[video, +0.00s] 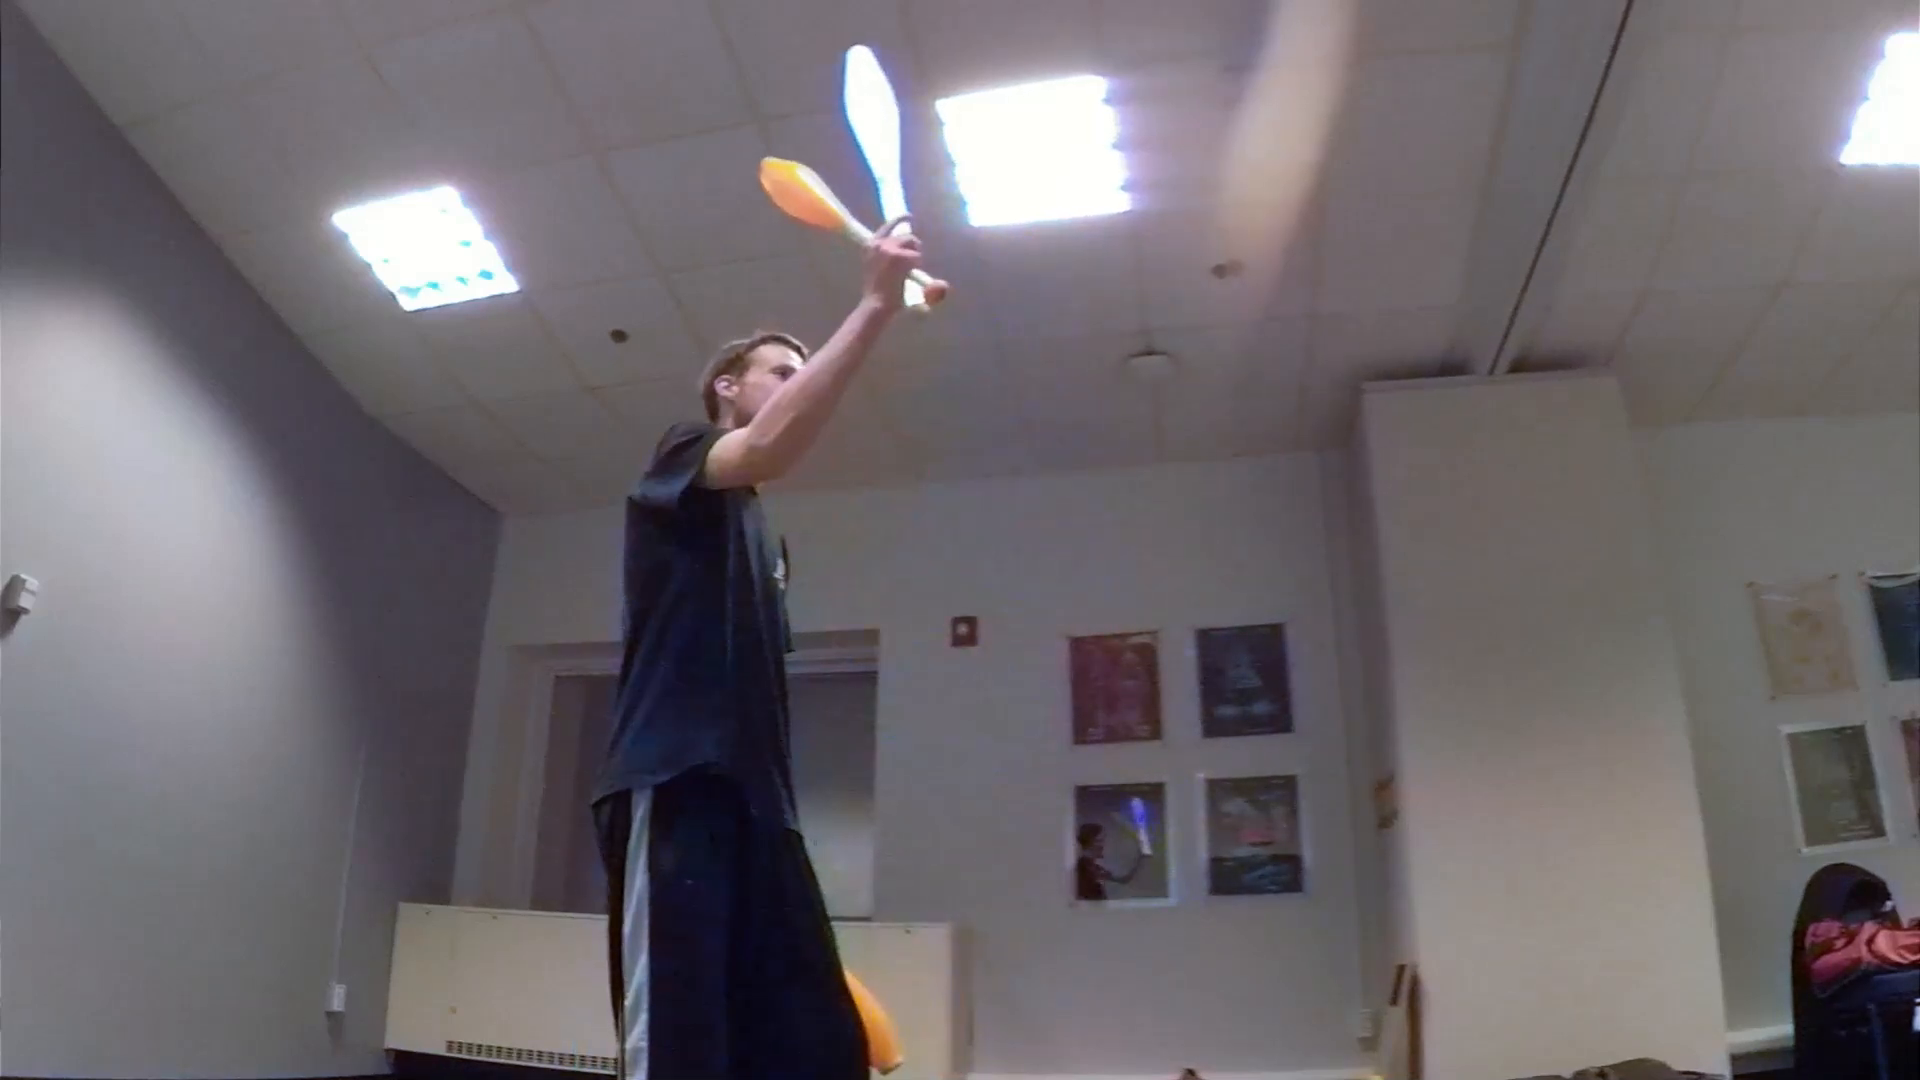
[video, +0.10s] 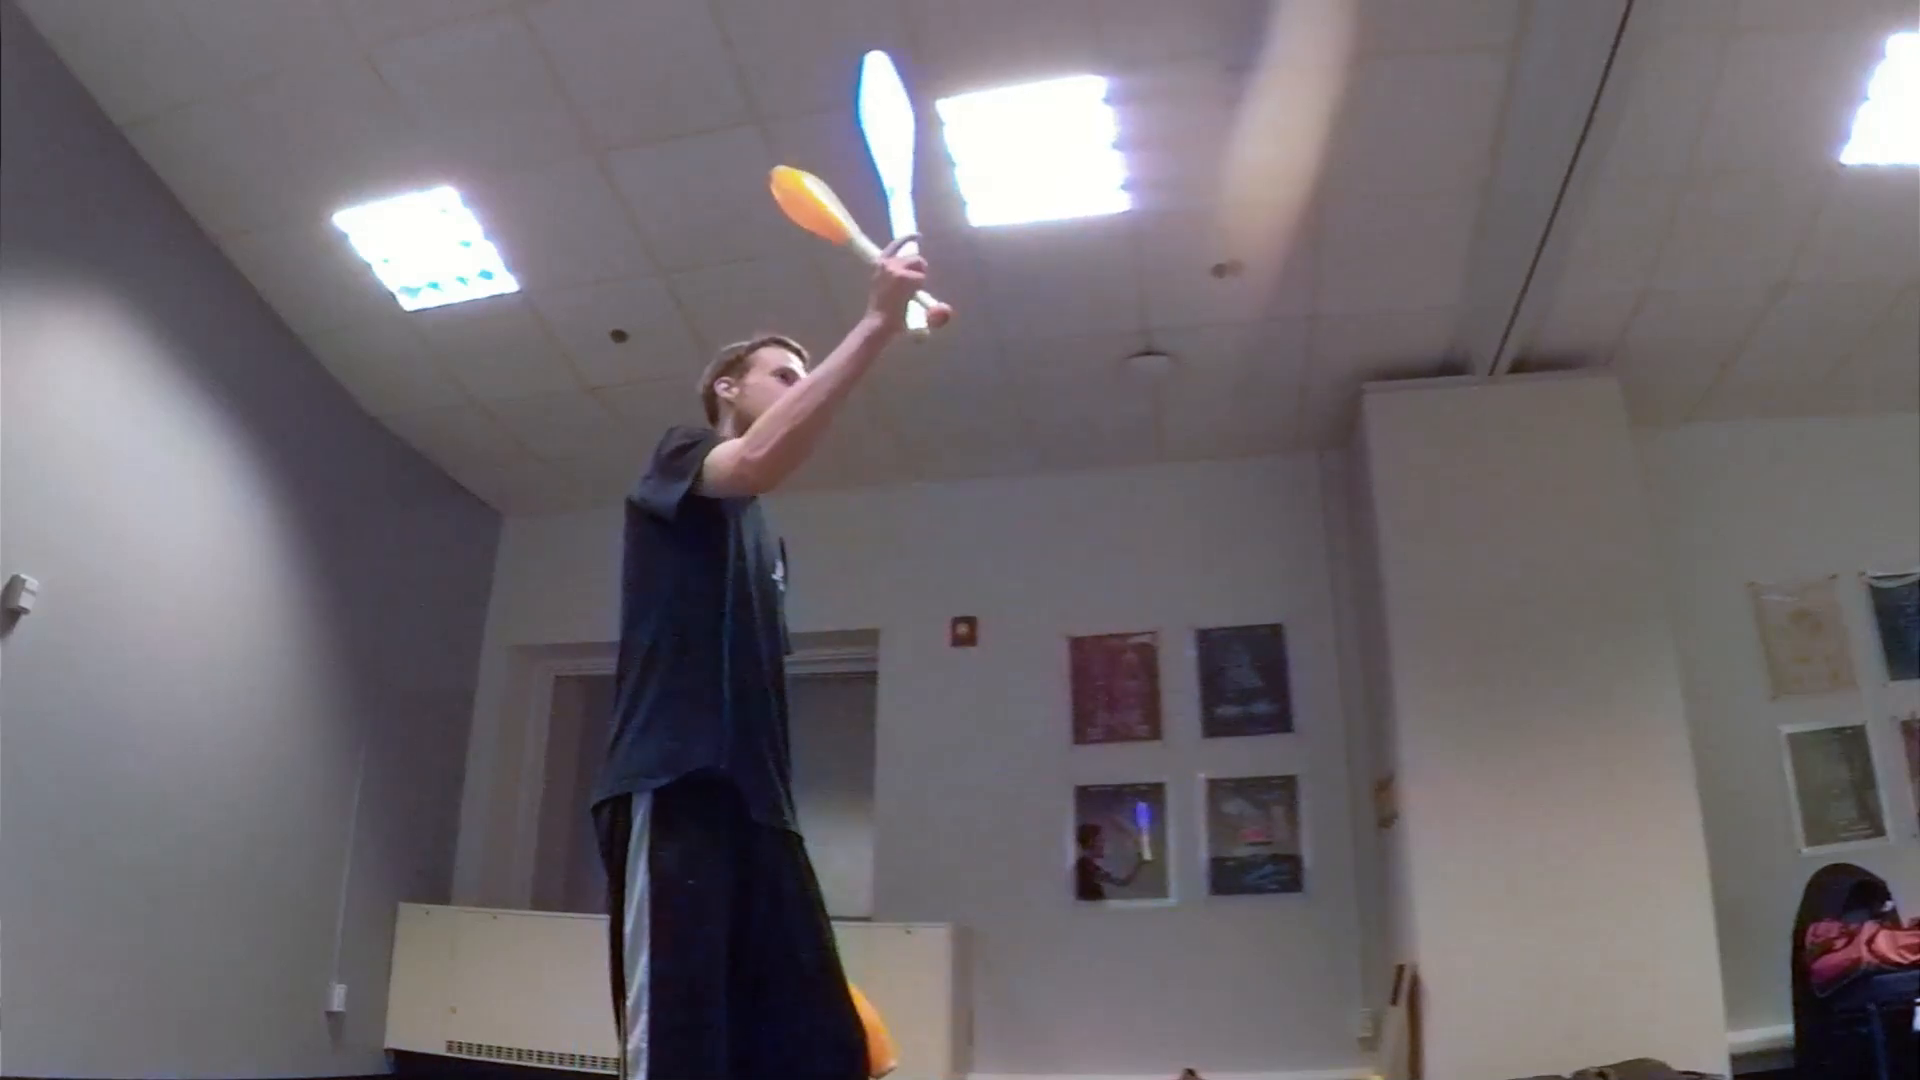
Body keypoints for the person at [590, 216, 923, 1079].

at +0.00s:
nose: (797, 392)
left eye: (803, 382)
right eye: (781, 374)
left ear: (776, 397)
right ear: (725, 389)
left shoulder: (755, 518)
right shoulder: (682, 457)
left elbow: (751, 667)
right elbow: (767, 447)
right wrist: (875, 303)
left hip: (753, 788)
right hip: (677, 778)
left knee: (813, 1021)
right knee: (679, 1015)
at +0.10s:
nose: (801, 389)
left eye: (806, 382)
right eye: (783, 372)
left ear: (800, 405)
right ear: (723, 385)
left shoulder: (761, 526)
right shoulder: (678, 458)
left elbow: (748, 665)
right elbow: (752, 464)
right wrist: (876, 322)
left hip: (755, 792)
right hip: (674, 782)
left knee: (815, 1027)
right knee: (680, 1023)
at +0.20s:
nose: (803, 395)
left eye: (809, 386)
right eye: (782, 376)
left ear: (810, 407)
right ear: (724, 389)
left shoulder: (764, 535)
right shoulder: (677, 458)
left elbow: (756, 666)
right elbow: (739, 478)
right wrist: (891, 356)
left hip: (757, 798)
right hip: (677, 788)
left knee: (813, 1025)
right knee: (677, 1021)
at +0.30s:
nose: (799, 397)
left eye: (804, 389)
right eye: (779, 378)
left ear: (801, 413)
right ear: (722, 390)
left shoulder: (758, 526)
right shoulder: (677, 458)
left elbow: (748, 659)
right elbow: (750, 477)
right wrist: (908, 383)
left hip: (756, 791)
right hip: (672, 784)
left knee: (816, 1029)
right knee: (674, 1023)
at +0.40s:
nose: (798, 397)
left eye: (802, 389)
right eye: (779, 379)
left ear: (794, 413)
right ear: (721, 389)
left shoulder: (760, 529)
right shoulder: (680, 456)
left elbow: (750, 659)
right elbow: (761, 480)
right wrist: (927, 407)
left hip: (756, 794)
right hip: (675, 785)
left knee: (815, 1030)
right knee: (673, 1024)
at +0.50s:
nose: (801, 397)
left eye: (805, 388)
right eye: (782, 378)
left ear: (799, 411)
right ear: (724, 388)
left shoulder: (763, 534)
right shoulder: (684, 454)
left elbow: (751, 666)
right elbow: (770, 484)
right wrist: (934, 415)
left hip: (755, 798)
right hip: (674, 786)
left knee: (813, 1029)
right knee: (671, 1026)